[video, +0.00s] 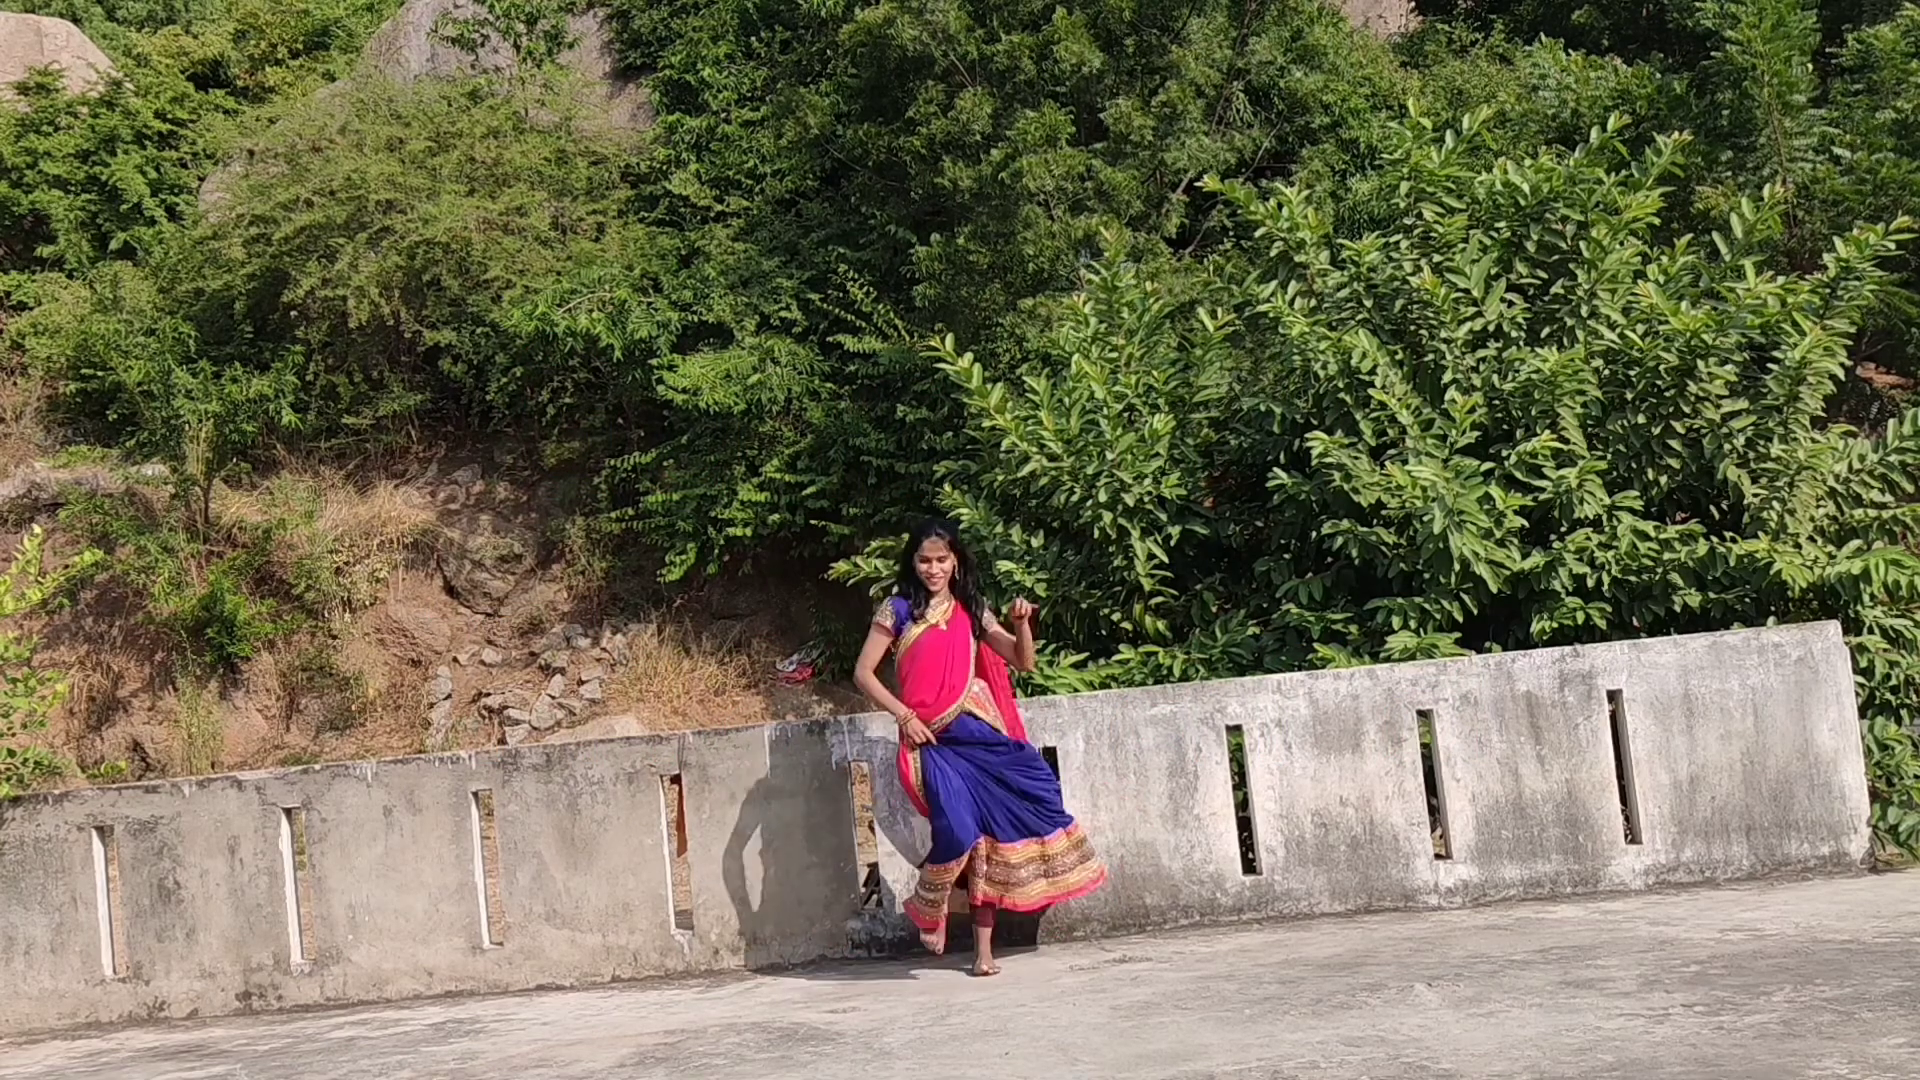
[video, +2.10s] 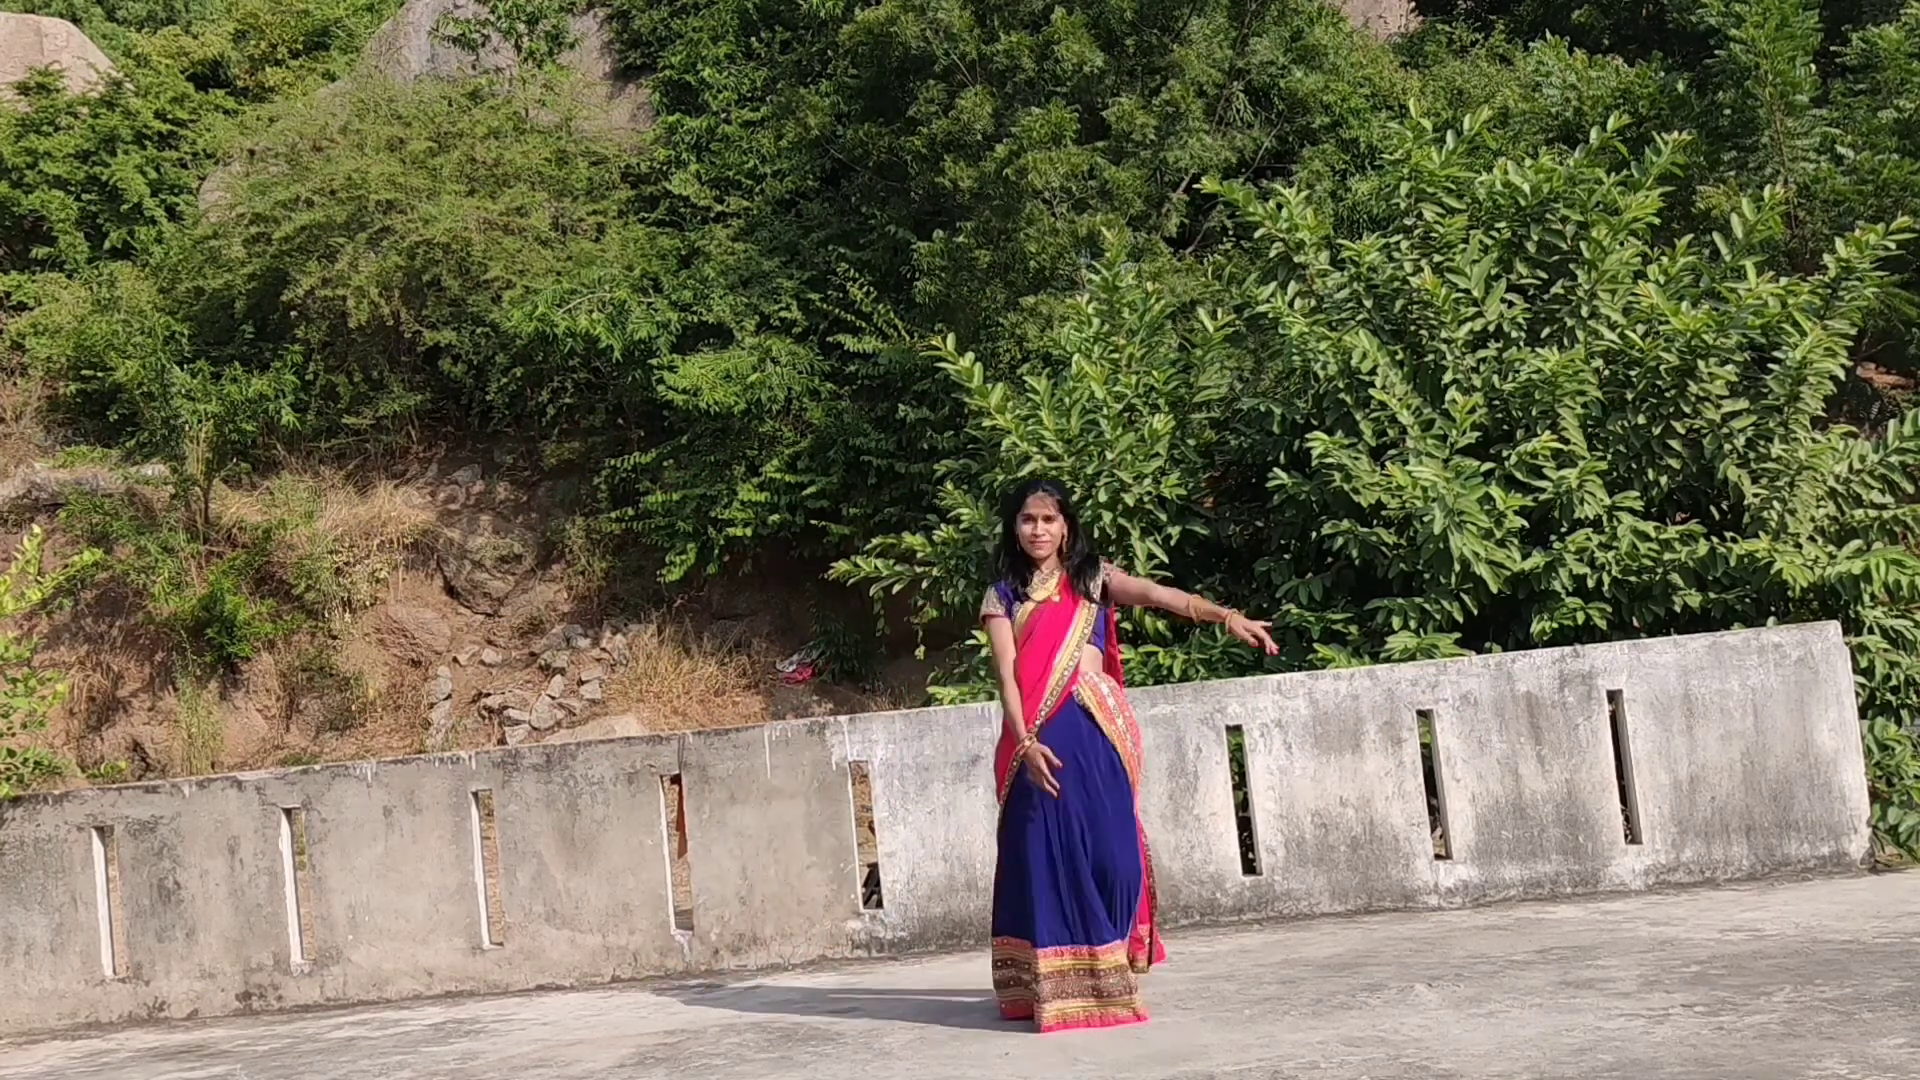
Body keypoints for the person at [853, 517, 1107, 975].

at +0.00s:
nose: (932, 568)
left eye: (941, 559)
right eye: (924, 559)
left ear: (956, 562)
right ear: (912, 563)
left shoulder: (971, 609)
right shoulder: (897, 609)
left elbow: (1023, 662)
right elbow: (862, 672)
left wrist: (1023, 624)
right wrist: (903, 715)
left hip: (979, 731)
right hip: (930, 737)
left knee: (986, 836)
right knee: (960, 833)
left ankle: (983, 947)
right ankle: (930, 906)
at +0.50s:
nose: (952, 562)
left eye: (961, 553)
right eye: (944, 554)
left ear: (978, 557)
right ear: (933, 559)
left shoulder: (1000, 604)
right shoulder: (921, 606)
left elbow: (1044, 571)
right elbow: (881, 665)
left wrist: (1010, 534)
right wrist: (923, 697)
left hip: (990, 733)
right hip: (940, 735)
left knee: (982, 837)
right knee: (961, 840)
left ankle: (938, 925)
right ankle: (978, 963)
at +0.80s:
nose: (962, 533)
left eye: (971, 526)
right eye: (953, 527)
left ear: (988, 537)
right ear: (941, 539)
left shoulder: (1007, 590)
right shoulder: (930, 589)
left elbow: (1068, 556)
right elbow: (886, 644)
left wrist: (1025, 520)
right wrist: (929, 705)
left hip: (1001, 726)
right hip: (951, 731)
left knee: (1006, 838)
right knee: (957, 841)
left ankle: (992, 951)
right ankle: (962, 961)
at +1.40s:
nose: (999, 524)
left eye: (1006, 514)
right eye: (989, 519)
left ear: (1026, 522)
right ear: (979, 533)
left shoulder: (1050, 578)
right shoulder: (966, 584)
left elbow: (1126, 551)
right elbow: (904, 639)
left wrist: (1081, 511)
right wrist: (945, 703)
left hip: (1036, 714)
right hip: (980, 721)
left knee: (1052, 818)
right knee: (1038, 804)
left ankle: (1045, 962)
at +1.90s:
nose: (1030, 545)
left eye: (1038, 533)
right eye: (1019, 537)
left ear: (1059, 535)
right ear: (1009, 545)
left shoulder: (1085, 582)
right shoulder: (1002, 601)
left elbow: (1123, 537)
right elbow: (956, 668)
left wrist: (1166, 493)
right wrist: (983, 686)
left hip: (1072, 726)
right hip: (1018, 732)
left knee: (1072, 846)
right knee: (1037, 852)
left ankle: (1088, 979)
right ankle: (1056, 980)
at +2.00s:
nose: (1035, 540)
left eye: (1044, 529)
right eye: (1024, 531)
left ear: (1062, 534)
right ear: (1011, 540)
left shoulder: (1090, 579)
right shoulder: (1001, 604)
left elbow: (1145, 559)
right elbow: (986, 674)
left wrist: (1206, 542)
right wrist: (994, 714)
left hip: (1084, 734)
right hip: (1025, 740)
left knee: (1086, 855)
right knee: (1037, 860)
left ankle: (1100, 983)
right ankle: (1051, 988)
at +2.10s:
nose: (1038, 529)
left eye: (1049, 518)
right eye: (1028, 519)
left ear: (1066, 526)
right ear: (1015, 529)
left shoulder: (1093, 576)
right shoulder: (1003, 596)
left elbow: (1160, 596)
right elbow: (1006, 674)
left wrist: (1228, 617)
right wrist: (1026, 741)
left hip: (1097, 735)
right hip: (1035, 739)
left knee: (1105, 854)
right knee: (1040, 859)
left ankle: (1106, 982)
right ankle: (1053, 989)